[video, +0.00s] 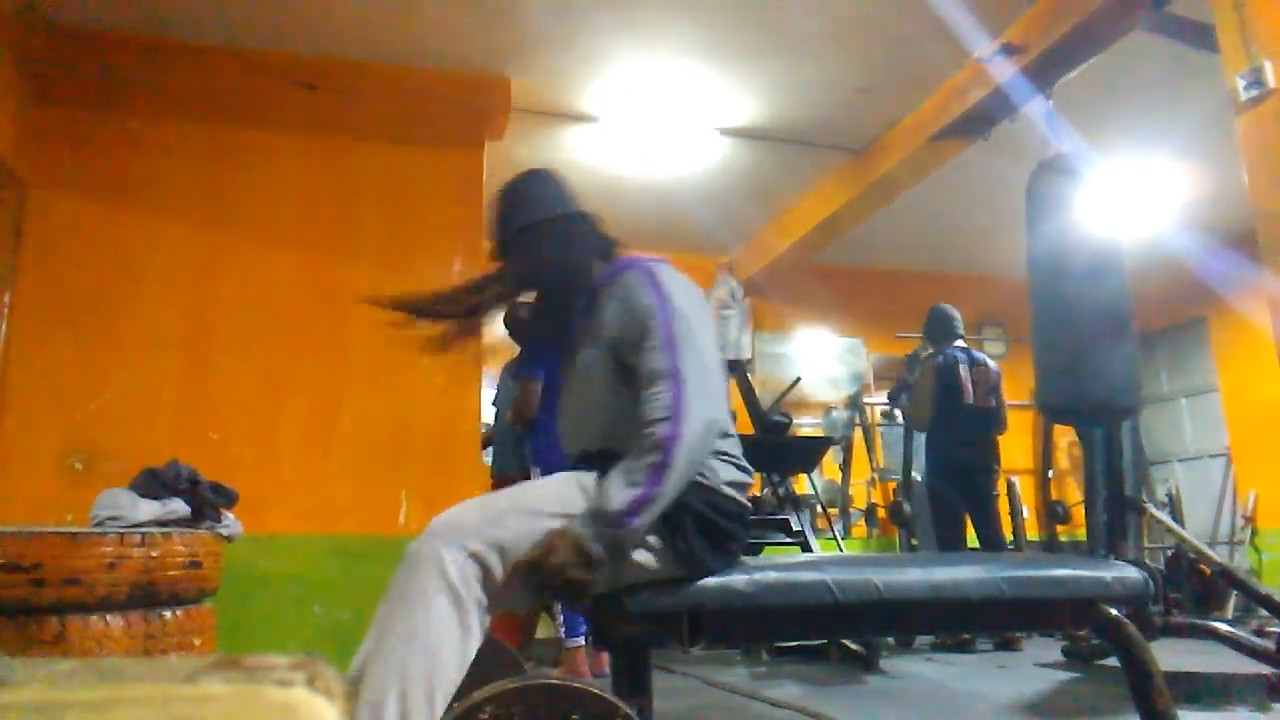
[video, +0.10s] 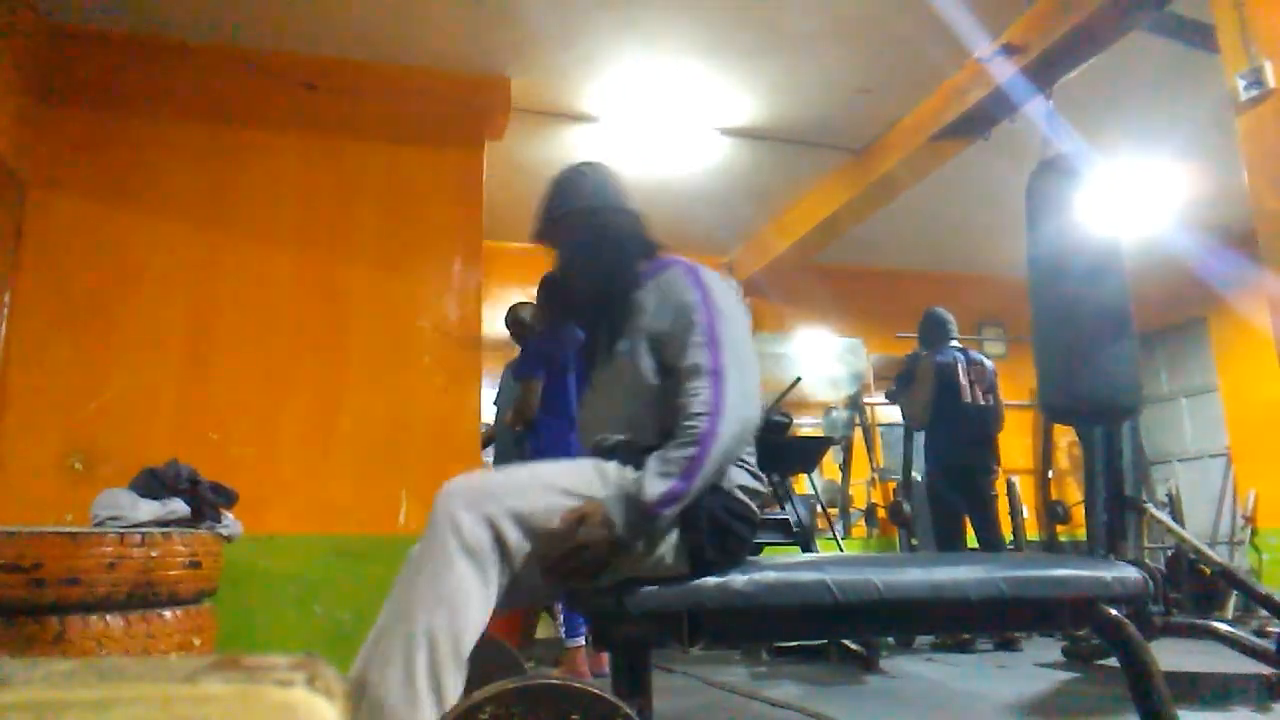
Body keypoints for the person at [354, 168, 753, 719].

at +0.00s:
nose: (536, 279)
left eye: (539, 259)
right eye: (527, 265)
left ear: (566, 241)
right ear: (525, 262)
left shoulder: (647, 283)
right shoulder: (569, 317)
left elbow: (687, 420)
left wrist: (593, 536)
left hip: (681, 503)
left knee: (451, 548)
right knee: (449, 552)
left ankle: (376, 711)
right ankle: (361, 706)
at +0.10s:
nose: (560, 265)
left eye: (568, 245)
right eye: (556, 250)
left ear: (600, 234)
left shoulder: (692, 286)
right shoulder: (592, 320)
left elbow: (722, 415)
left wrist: (639, 505)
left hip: (688, 508)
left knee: (470, 505)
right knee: (450, 568)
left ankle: (389, 708)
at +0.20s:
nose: (600, 261)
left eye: (602, 243)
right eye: (595, 246)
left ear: (637, 229)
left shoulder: (721, 291)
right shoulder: (635, 315)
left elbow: (749, 417)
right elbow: (620, 431)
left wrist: (647, 494)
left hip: (692, 508)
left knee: (492, 458)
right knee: (439, 560)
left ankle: (419, 703)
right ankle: (362, 702)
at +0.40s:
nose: (668, 250)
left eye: (680, 234)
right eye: (666, 237)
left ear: (720, 230)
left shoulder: (774, 308)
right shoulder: (679, 320)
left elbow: (787, 432)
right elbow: (650, 428)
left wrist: (664, 469)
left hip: (720, 509)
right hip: (656, 509)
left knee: (531, 394)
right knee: (446, 536)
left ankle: (500, 650)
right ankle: (373, 704)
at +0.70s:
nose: (693, 236)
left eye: (708, 224)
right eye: (693, 225)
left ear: (749, 233)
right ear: (701, 232)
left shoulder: (794, 317)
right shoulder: (696, 316)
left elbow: (806, 446)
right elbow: (668, 422)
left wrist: (703, 499)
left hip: (725, 505)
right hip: (657, 483)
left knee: (543, 429)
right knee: (471, 442)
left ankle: (588, 675)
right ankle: (447, 654)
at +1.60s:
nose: (612, 252)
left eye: (617, 234)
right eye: (606, 239)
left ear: (654, 223)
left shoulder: (730, 293)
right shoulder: (641, 313)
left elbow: (772, 426)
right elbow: (627, 433)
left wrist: (679, 501)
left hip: (699, 500)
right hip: (631, 489)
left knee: (505, 516)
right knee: (451, 523)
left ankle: (536, 705)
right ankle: (484, 706)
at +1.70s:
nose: (566, 264)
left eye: (571, 244)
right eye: (561, 248)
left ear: (602, 229)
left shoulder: (693, 289)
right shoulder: (603, 319)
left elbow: (729, 428)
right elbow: (601, 450)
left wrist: (650, 511)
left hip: (695, 503)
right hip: (627, 497)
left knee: (483, 534)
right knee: (443, 534)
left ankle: (534, 709)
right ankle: (485, 706)